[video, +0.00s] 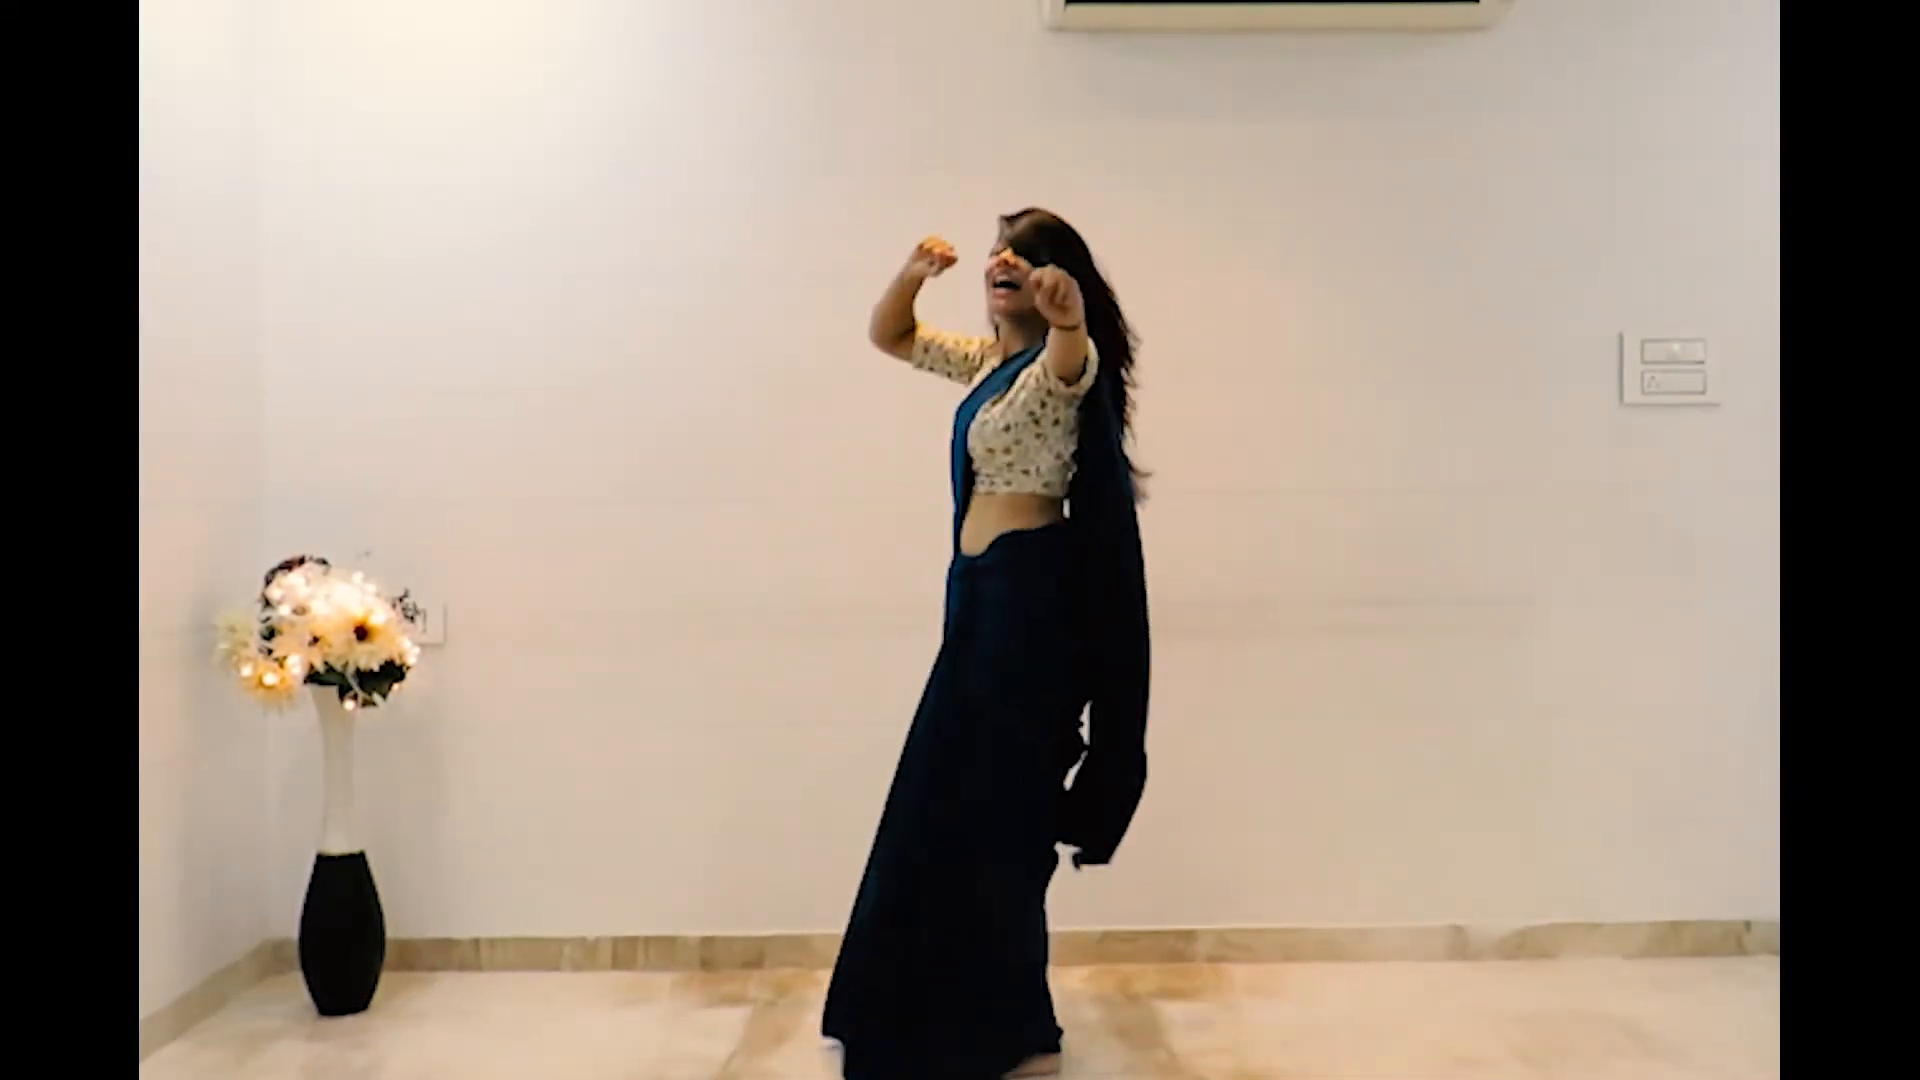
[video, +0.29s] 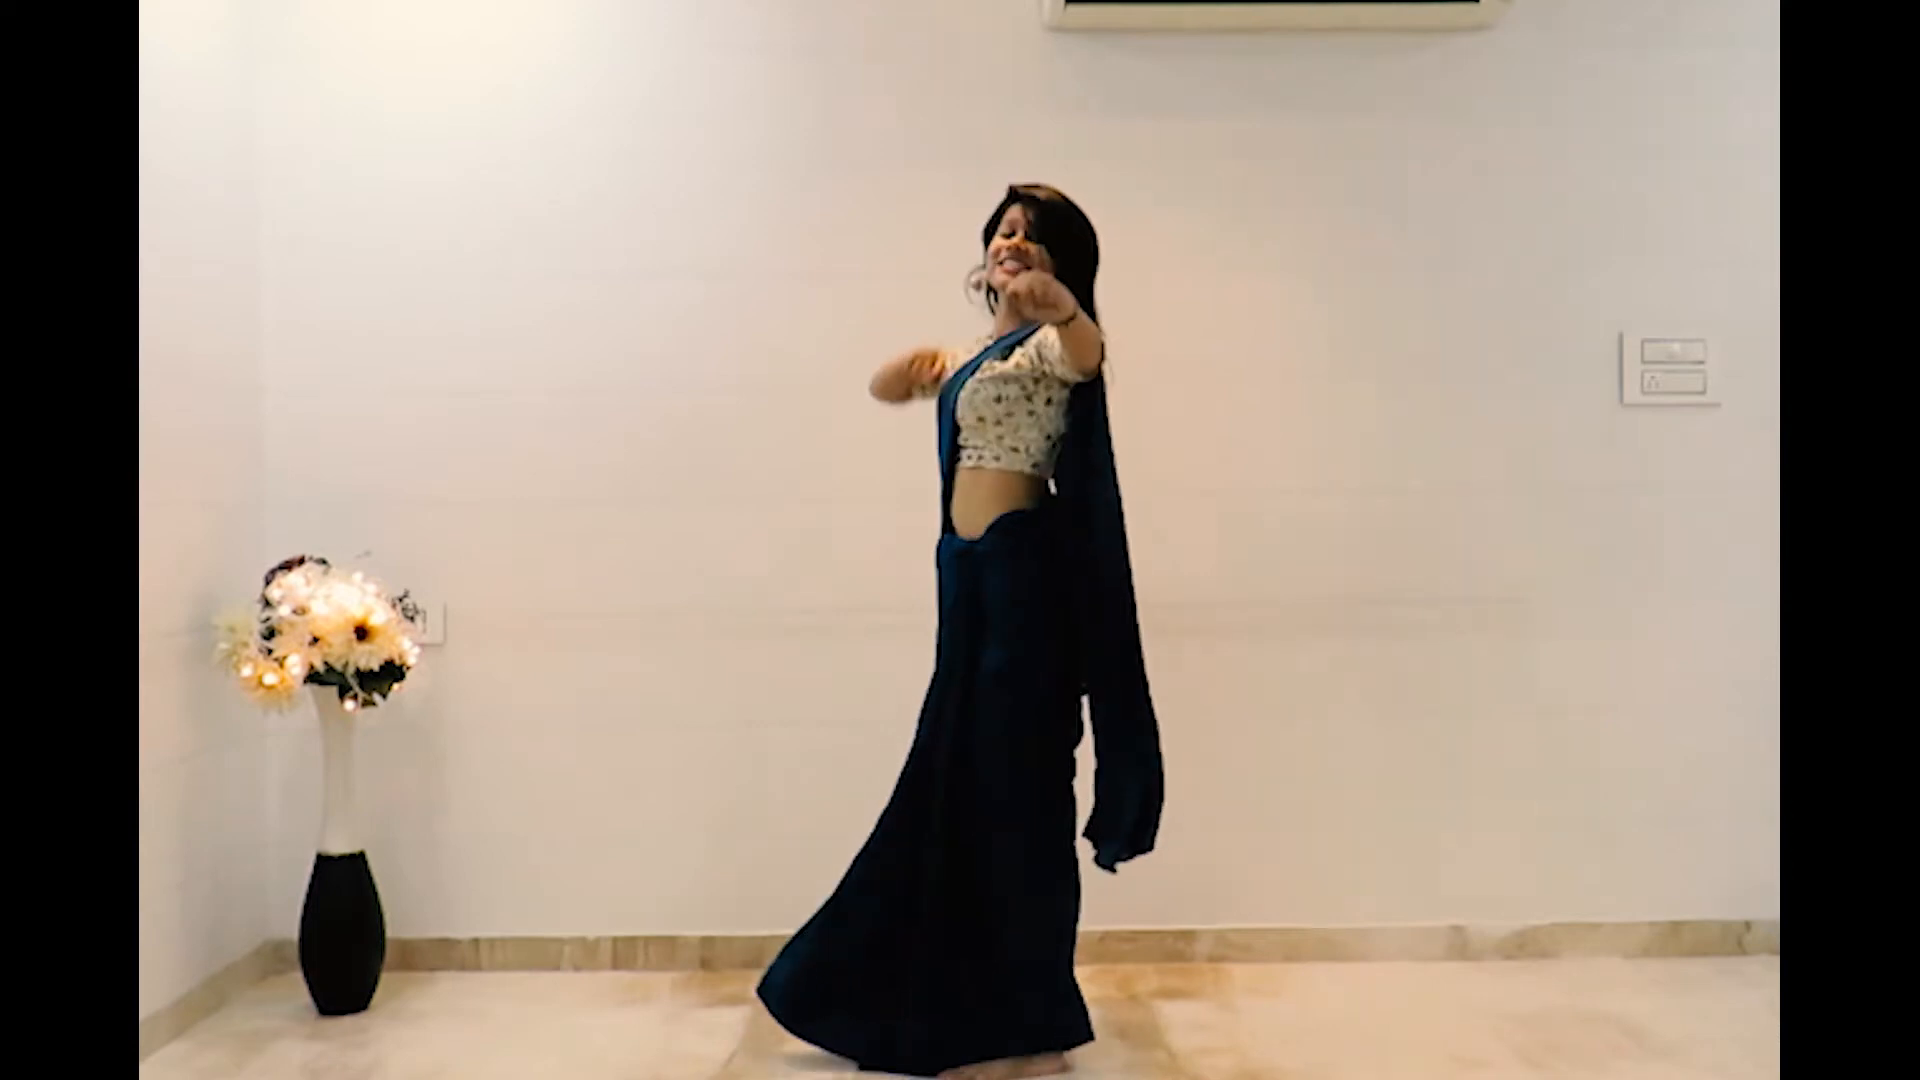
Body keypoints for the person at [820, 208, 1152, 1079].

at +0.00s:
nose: (1001, 269)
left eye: (1020, 258)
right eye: (997, 258)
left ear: (1054, 287)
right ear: (990, 284)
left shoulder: (1058, 367)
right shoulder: (989, 364)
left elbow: (1071, 348)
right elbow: (890, 336)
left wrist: (1060, 304)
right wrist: (909, 279)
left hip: (1026, 596)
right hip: (977, 596)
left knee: (960, 803)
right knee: (973, 805)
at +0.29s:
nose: (1010, 244)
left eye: (1029, 236)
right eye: (1000, 233)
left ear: (1061, 266)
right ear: (985, 260)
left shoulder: (1059, 345)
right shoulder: (976, 359)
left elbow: (1081, 355)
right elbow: (885, 388)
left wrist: (1062, 303)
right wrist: (912, 366)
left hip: (1024, 568)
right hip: (966, 572)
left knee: (1009, 782)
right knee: (968, 780)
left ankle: (1025, 1002)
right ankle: (979, 997)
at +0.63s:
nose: (977, 246)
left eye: (992, 242)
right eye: (987, 237)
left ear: (1015, 273)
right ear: (1038, 278)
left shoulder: (999, 354)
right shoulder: (1041, 341)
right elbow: (934, 326)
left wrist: (906, 239)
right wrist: (869, 377)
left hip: (1008, 591)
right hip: (1046, 578)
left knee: (947, 796)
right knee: (998, 797)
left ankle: (974, 1014)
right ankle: (1010, 1008)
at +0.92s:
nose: (980, 284)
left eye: (992, 273)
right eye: (987, 270)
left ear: (1013, 294)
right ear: (1071, 298)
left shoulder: (1008, 385)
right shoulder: (1063, 369)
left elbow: (885, 412)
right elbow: (965, 373)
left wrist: (896, 301)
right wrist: (898, 350)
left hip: (997, 624)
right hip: (1040, 610)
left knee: (900, 798)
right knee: (971, 803)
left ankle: (874, 1013)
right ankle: (987, 997)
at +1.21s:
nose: (1041, 251)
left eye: (1060, 244)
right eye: (1028, 239)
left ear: (1085, 275)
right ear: (997, 261)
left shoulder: (1093, 360)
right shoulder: (972, 360)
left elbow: (1028, 453)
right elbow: (921, 478)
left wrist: (934, 352)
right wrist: (904, 366)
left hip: (1070, 612)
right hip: (991, 611)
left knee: (1072, 806)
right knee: (988, 803)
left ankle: (1094, 1029)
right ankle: (984, 1016)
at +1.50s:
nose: (1041, 217)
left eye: (1056, 206)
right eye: (1020, 208)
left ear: (1081, 236)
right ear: (992, 239)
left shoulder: (1120, 347)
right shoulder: (956, 324)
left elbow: (1207, 438)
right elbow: (828, 387)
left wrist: (1188, 461)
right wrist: (924, 464)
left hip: (1067, 598)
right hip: (965, 594)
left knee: (1061, 790)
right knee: (972, 802)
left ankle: (1097, 1017)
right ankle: (1003, 1025)